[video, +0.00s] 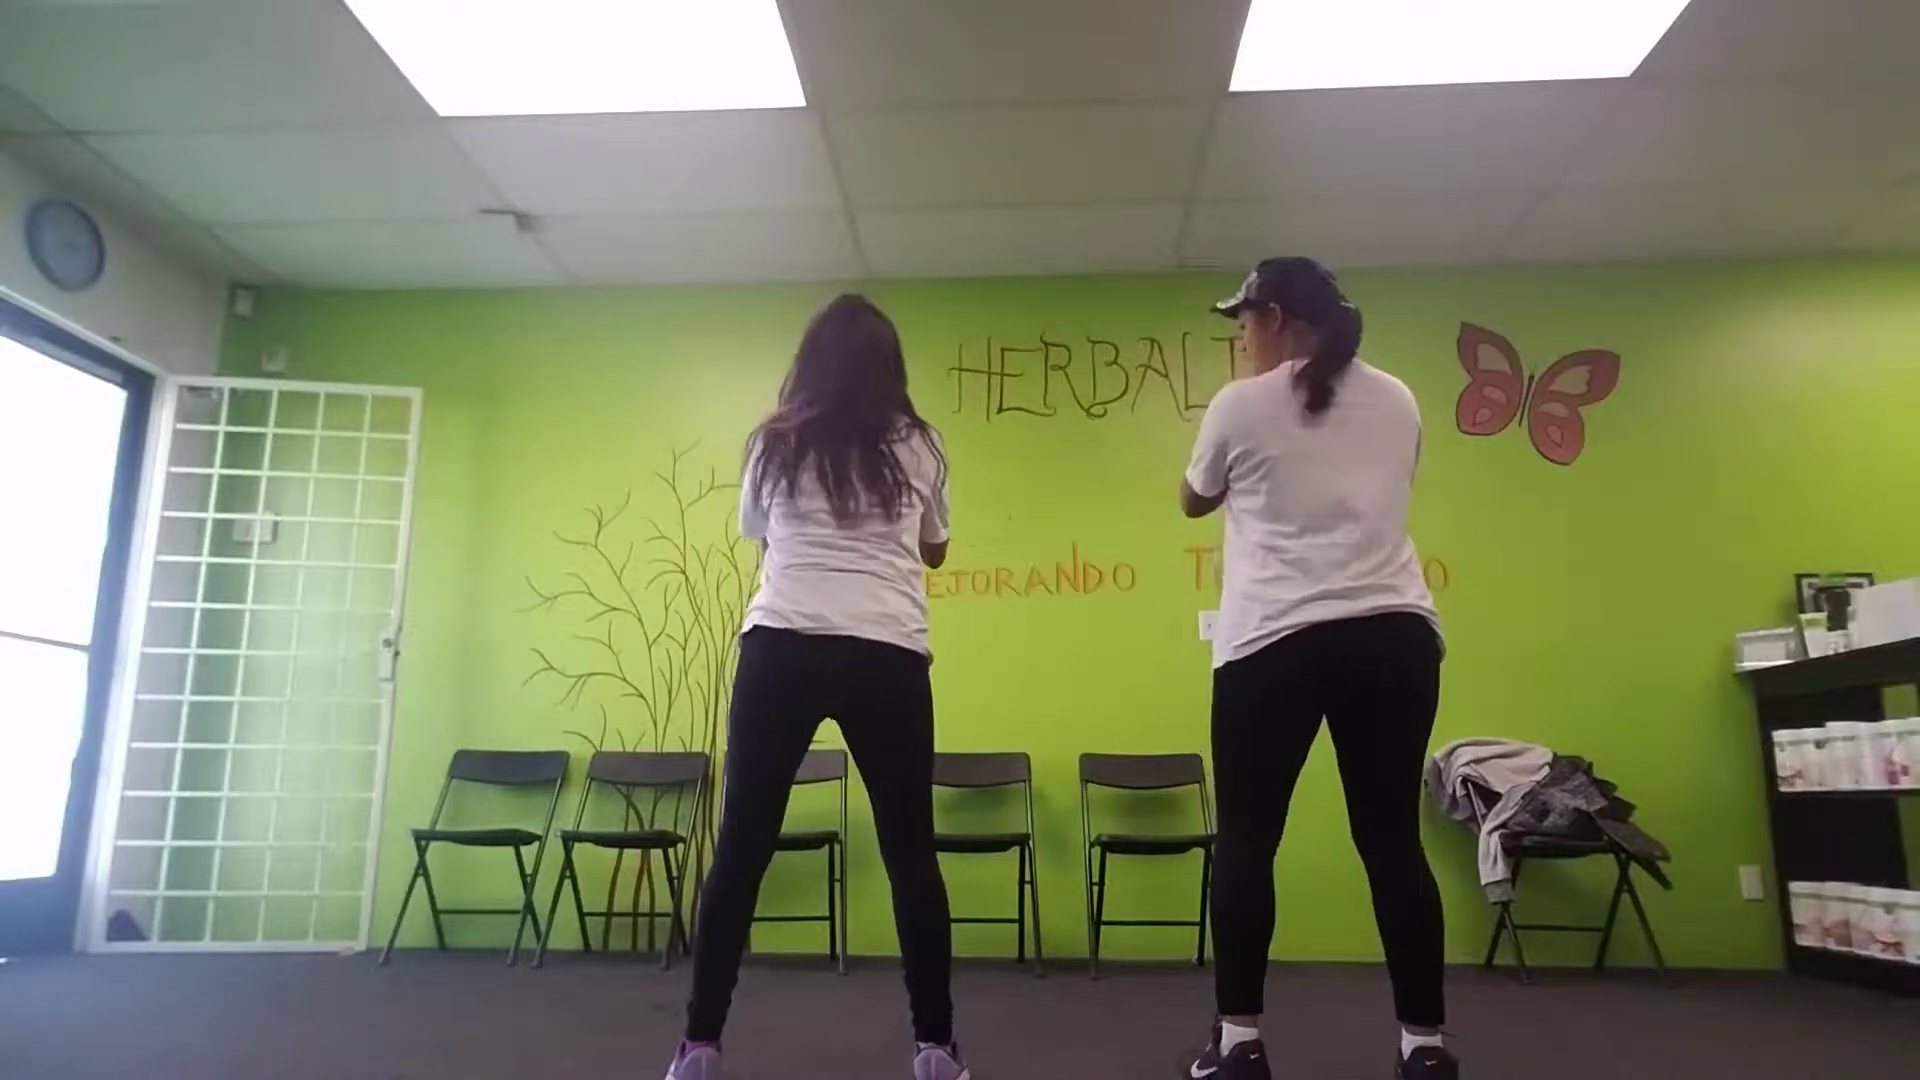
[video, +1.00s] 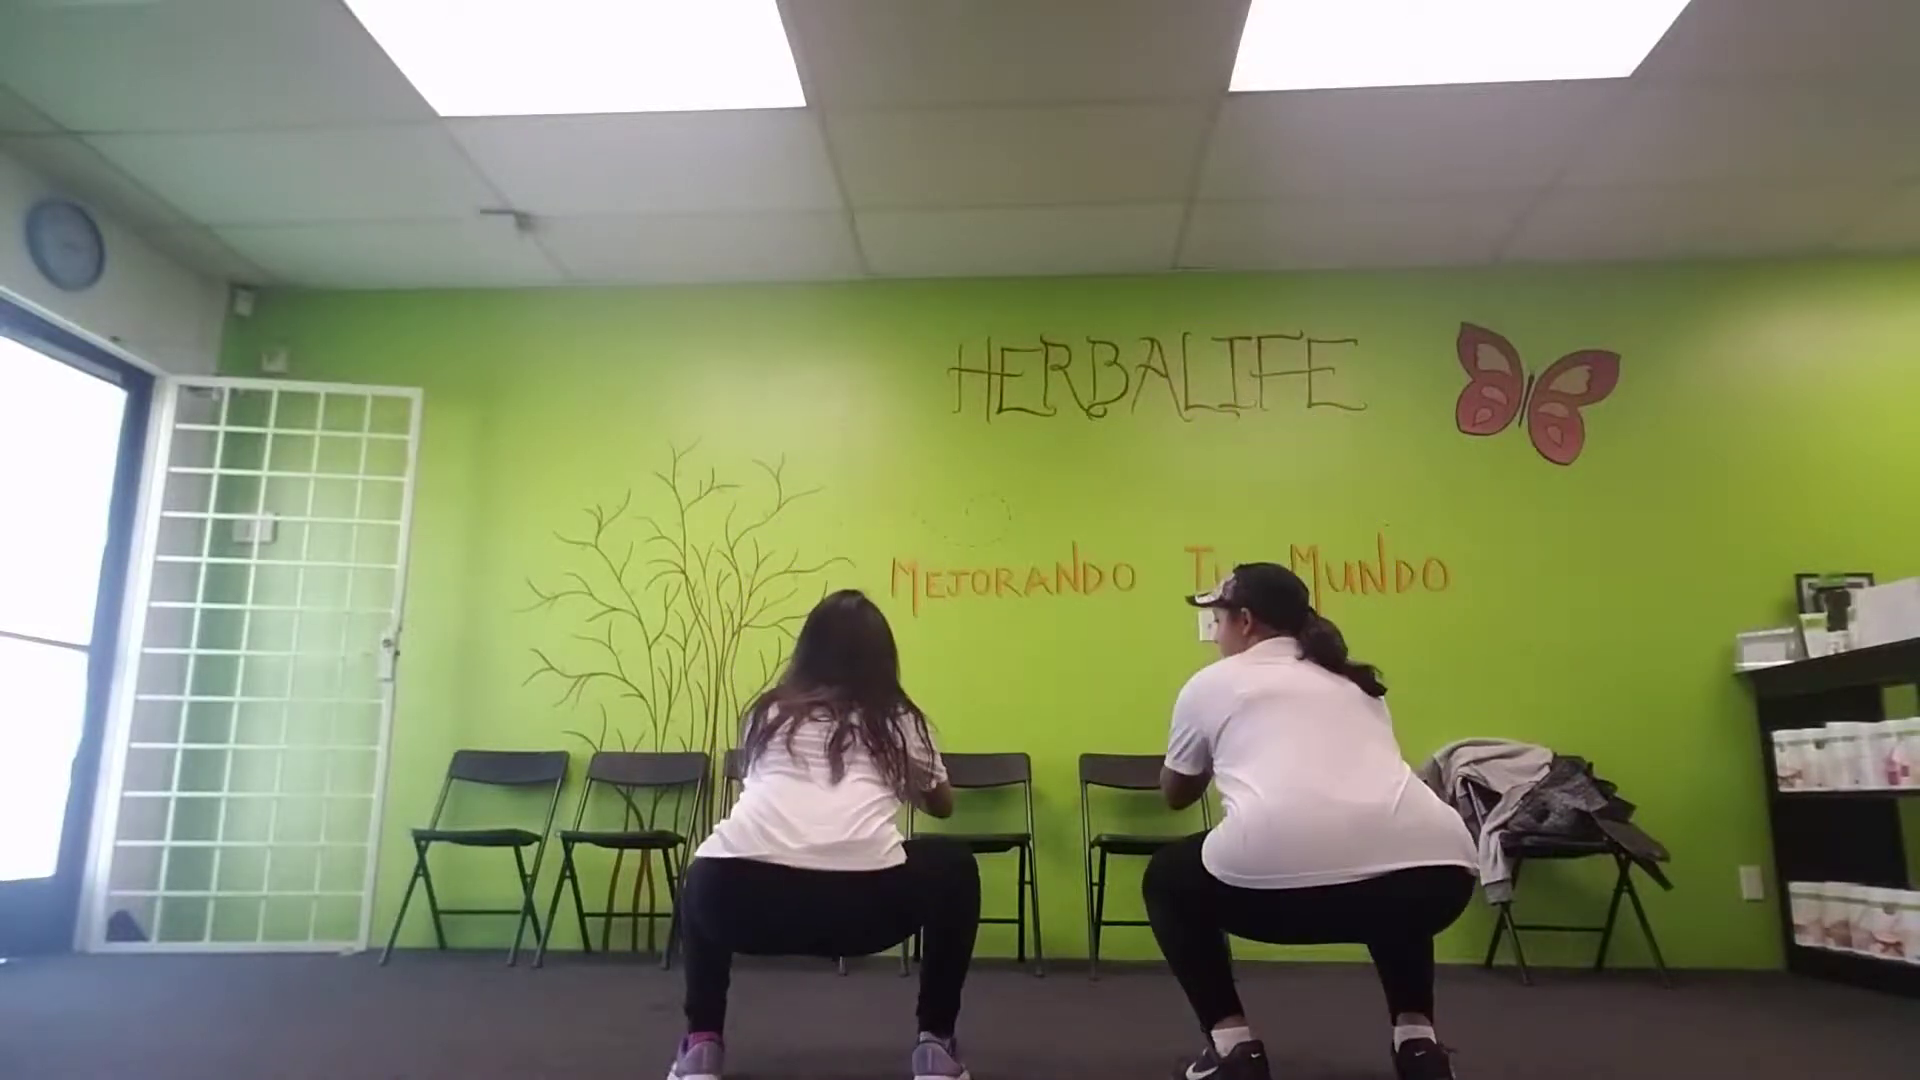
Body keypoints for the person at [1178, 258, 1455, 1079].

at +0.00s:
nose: (1238, 336)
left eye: (1242, 322)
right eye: (1239, 322)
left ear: (1273, 319)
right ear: (1322, 316)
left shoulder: (1240, 404)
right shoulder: (1398, 400)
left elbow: (1197, 497)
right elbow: (1384, 491)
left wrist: (1264, 437)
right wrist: (1286, 458)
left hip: (1274, 646)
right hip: (1395, 639)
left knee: (1245, 844)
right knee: (1394, 841)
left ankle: (1239, 1045)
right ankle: (1425, 1047)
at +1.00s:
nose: (1212, 632)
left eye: (1218, 618)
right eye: (1213, 618)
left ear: (1246, 623)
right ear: (1298, 622)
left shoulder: (1208, 686)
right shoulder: (1355, 680)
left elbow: (1177, 793)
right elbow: (1382, 763)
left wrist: (1218, 731)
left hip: (1276, 891)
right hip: (1426, 884)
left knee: (1169, 877)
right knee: (1388, 869)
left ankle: (1233, 1046)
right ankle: (1416, 1038)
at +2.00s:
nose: (1225, 358)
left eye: (1229, 343)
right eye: (1225, 345)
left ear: (1259, 338)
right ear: (1303, 337)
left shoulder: (1221, 408)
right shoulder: (1376, 411)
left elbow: (1178, 529)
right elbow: (1408, 538)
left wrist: (1256, 542)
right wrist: (1325, 540)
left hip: (1247, 654)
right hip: (1364, 646)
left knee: (1248, 847)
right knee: (1380, 840)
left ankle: (1236, 1046)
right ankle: (1422, 1039)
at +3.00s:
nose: (1217, 637)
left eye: (1221, 624)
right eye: (1218, 624)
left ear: (1245, 628)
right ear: (1300, 628)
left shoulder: (1208, 695)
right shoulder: (1357, 688)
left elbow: (1177, 805)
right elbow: (1374, 772)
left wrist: (1227, 745)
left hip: (1277, 899)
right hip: (1424, 893)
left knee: (1169, 880)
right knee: (1392, 873)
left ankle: (1234, 1046)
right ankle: (1417, 1038)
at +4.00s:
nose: (1235, 360)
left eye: (1239, 345)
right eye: (1235, 348)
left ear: (1273, 335)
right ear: (1312, 334)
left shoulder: (1238, 405)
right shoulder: (1392, 411)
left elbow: (1196, 526)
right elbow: (1421, 540)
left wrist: (1261, 557)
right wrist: (1338, 547)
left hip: (1262, 656)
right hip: (1380, 649)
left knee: (1257, 847)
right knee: (1388, 841)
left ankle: (1234, 1047)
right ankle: (1423, 1042)